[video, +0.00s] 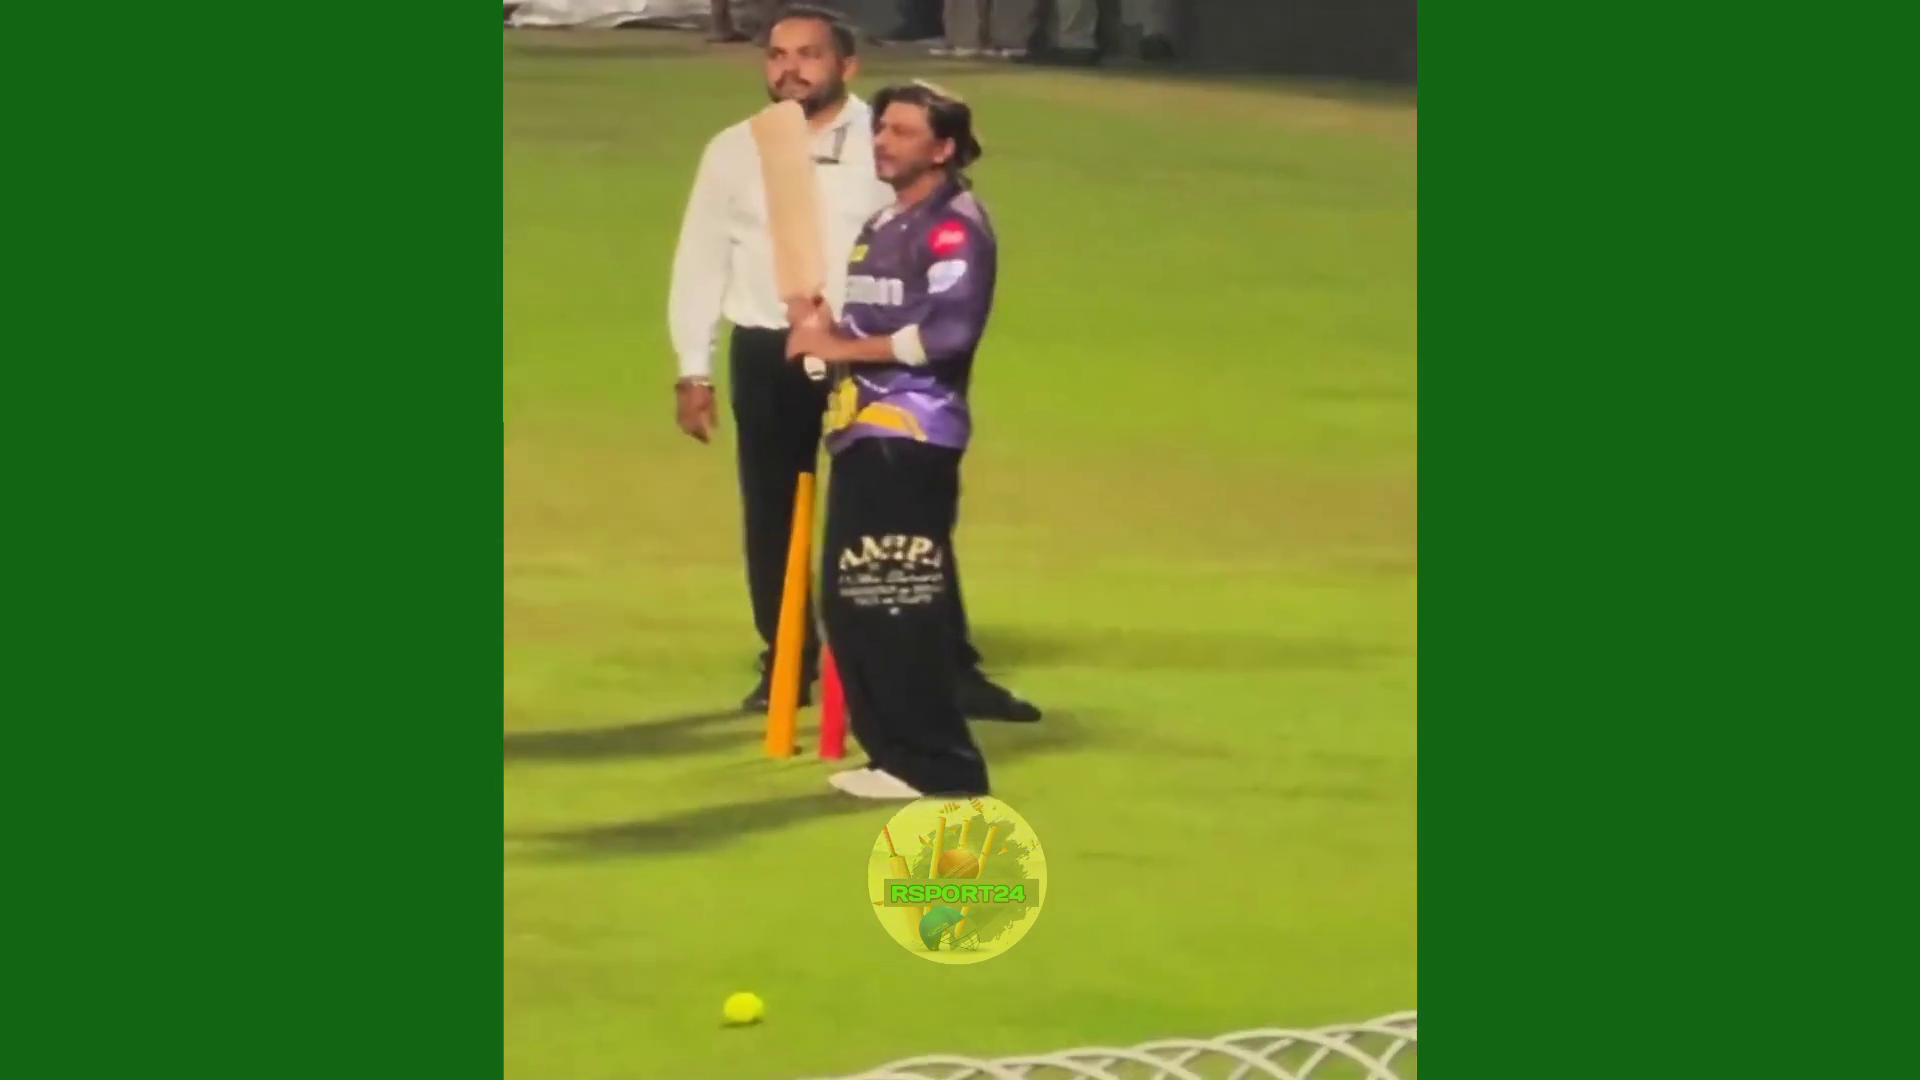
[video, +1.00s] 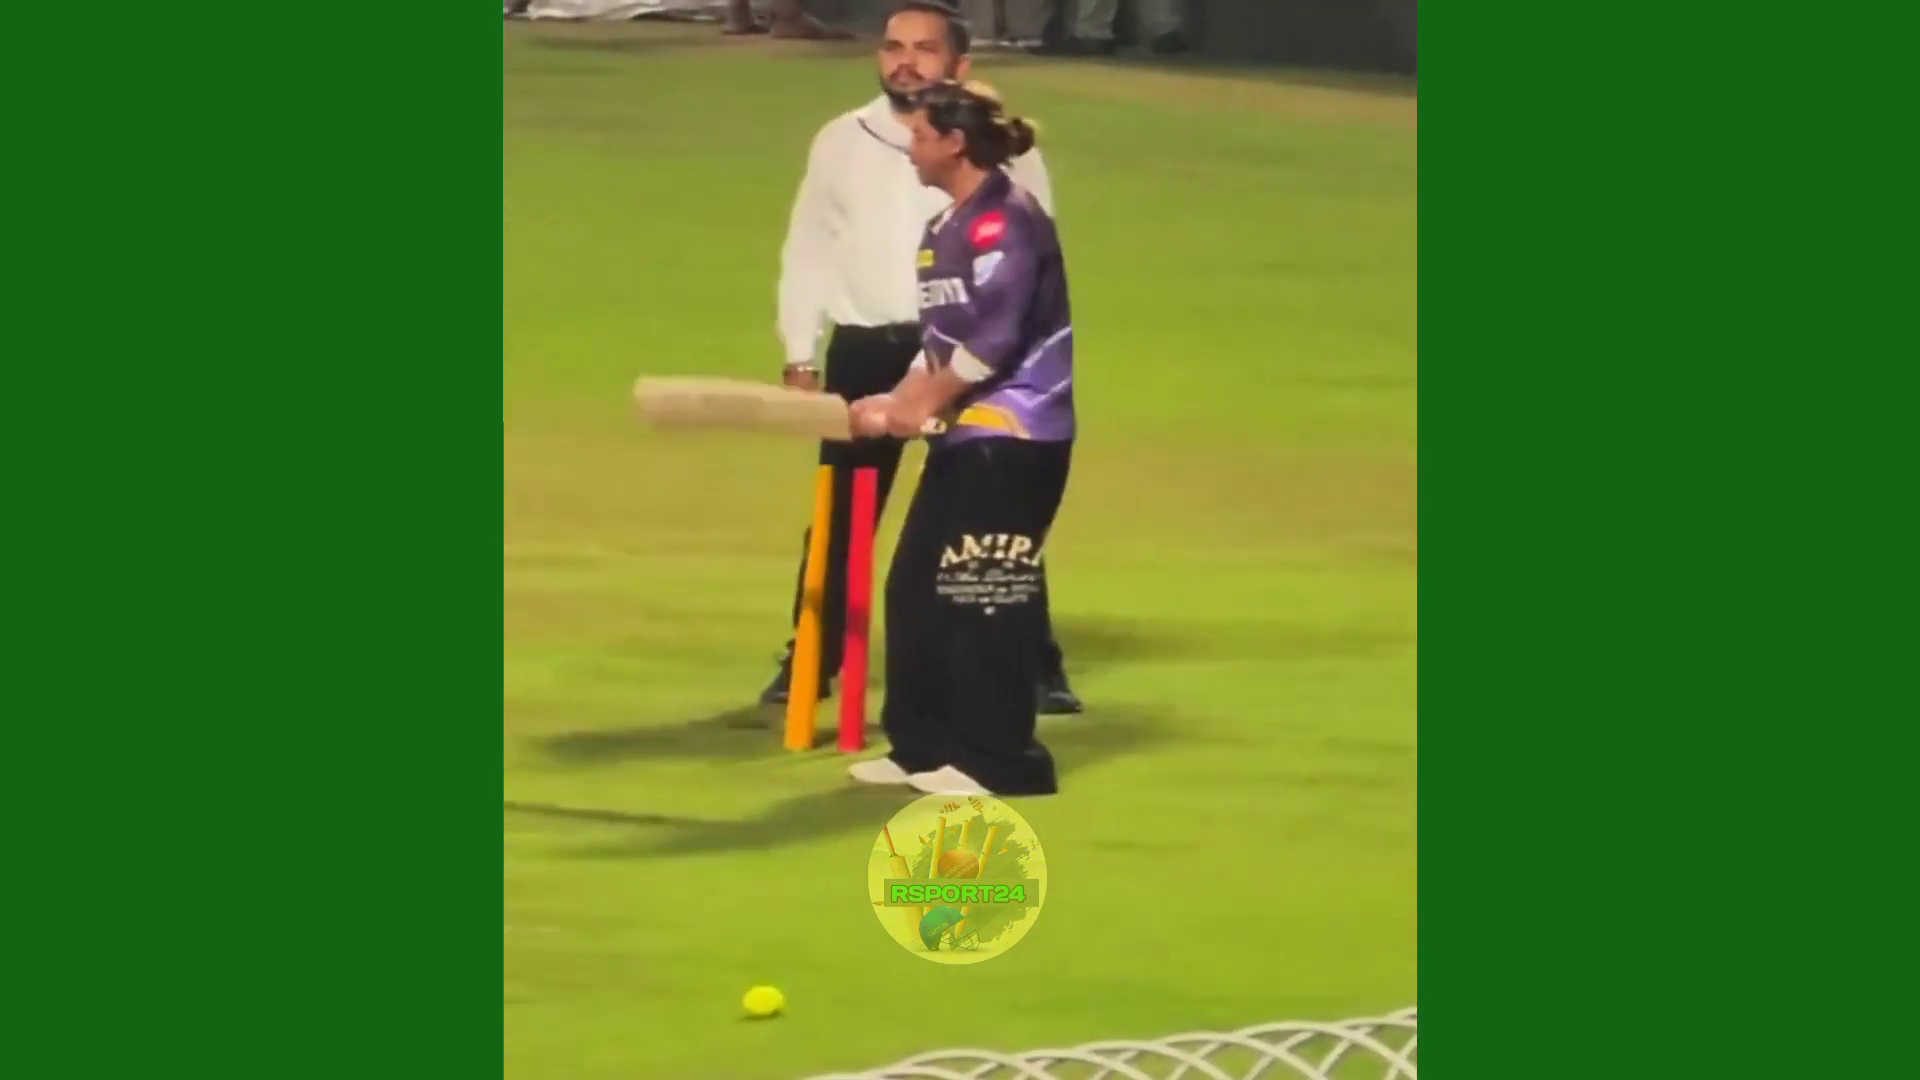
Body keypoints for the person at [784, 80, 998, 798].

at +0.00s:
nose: (882, 143)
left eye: (900, 133)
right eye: (881, 130)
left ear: (943, 148)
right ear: (876, 140)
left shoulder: (957, 228)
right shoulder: (883, 224)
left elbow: (948, 336)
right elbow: (877, 325)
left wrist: (840, 349)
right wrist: (826, 324)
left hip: (913, 435)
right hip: (868, 430)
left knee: (906, 601)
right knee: (856, 596)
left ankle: (939, 765)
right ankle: (896, 756)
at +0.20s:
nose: (870, 134)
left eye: (888, 125)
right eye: (868, 122)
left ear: (932, 139)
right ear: (864, 132)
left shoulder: (948, 216)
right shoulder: (868, 218)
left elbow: (949, 325)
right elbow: (869, 320)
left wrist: (841, 342)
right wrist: (819, 324)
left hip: (908, 427)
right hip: (862, 422)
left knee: (891, 588)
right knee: (846, 585)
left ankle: (922, 755)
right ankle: (888, 746)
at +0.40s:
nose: (876, 134)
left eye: (893, 124)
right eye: (873, 122)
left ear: (936, 136)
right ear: (867, 130)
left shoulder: (956, 211)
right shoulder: (871, 218)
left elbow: (966, 320)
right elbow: (882, 318)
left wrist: (861, 345)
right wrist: (832, 324)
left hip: (926, 415)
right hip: (875, 410)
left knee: (885, 580)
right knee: (853, 579)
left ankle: (920, 746)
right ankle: (888, 737)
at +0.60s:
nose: (887, 135)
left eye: (903, 126)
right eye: (883, 124)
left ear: (947, 138)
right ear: (878, 131)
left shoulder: (969, 209)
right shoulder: (882, 217)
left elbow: (984, 320)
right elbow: (894, 321)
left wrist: (878, 345)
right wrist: (843, 328)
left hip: (940, 415)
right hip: (888, 413)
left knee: (895, 583)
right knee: (857, 584)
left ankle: (945, 744)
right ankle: (895, 743)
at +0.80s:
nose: (892, 138)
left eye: (907, 127)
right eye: (892, 125)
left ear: (954, 137)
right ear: (902, 133)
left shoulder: (982, 212)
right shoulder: (904, 222)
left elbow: (998, 317)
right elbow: (911, 324)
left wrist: (898, 360)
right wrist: (863, 343)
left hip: (968, 426)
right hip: (912, 423)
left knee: (955, 590)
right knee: (873, 582)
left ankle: (976, 756)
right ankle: (903, 747)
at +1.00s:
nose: (909, 149)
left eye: (919, 136)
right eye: (910, 135)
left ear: (958, 143)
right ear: (952, 144)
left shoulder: (1011, 224)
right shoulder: (941, 233)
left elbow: (994, 345)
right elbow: (942, 345)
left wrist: (917, 406)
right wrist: (899, 403)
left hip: (1015, 441)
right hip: (964, 438)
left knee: (983, 597)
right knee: (914, 587)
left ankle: (992, 762)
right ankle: (923, 748)